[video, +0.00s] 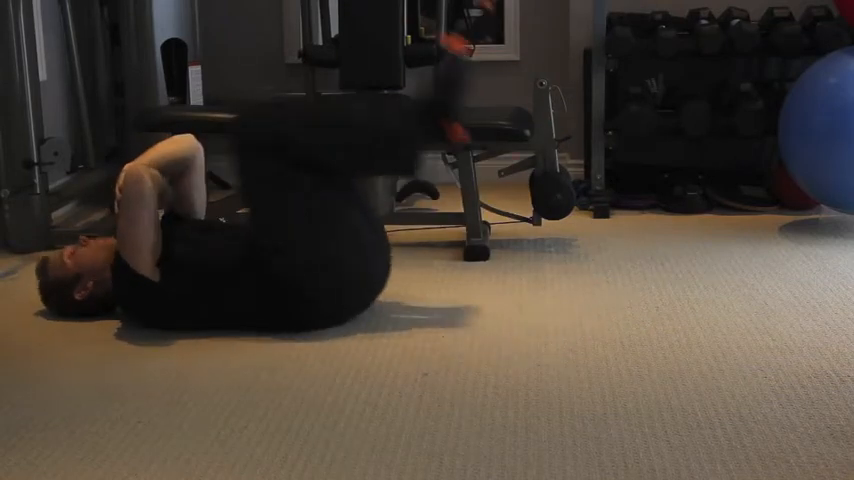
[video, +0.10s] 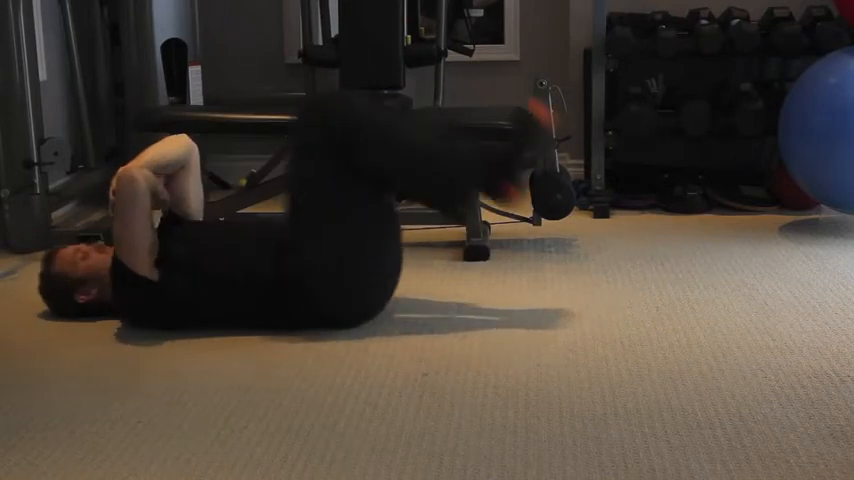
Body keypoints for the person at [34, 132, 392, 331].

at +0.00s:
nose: (86, 238)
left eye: (74, 243)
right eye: (75, 250)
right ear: (87, 287)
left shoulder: (175, 255)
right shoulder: (141, 296)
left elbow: (188, 149)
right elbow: (135, 180)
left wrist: (133, 189)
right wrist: (145, 207)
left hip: (348, 263)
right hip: (317, 283)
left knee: (264, 126)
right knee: (257, 132)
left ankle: (418, 119)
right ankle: (421, 127)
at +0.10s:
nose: (87, 247)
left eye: (79, 248)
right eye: (76, 259)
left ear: (97, 250)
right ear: (86, 291)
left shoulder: (175, 251)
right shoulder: (139, 294)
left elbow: (185, 149)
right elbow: (128, 180)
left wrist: (136, 191)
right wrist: (149, 191)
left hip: (345, 270)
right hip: (328, 288)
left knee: (344, 122)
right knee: (326, 122)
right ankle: (494, 176)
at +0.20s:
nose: (100, 250)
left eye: (92, 249)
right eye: (89, 259)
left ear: (113, 259)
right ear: (99, 293)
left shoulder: (177, 248)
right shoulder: (149, 294)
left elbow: (181, 150)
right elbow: (129, 177)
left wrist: (149, 227)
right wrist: (152, 213)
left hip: (355, 263)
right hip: (349, 289)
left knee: (399, 122)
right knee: (396, 124)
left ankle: (492, 225)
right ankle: (534, 220)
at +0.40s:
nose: (126, 252)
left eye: (119, 252)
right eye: (116, 263)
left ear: (137, 261)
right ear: (129, 293)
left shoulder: (200, 250)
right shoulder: (178, 291)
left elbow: (191, 152)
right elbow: (155, 171)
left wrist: (161, 215)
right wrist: (165, 228)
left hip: (376, 258)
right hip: (371, 287)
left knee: (474, 140)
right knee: (474, 155)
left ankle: (556, 274)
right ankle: (580, 281)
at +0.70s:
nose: (115, 250)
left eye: (107, 249)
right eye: (105, 261)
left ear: (129, 259)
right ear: (118, 294)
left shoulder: (196, 251)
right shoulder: (173, 291)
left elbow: (195, 151)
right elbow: (148, 175)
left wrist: (169, 228)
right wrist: (162, 225)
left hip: (368, 259)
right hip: (363, 287)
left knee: (433, 130)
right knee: (431, 134)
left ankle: (542, 236)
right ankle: (561, 238)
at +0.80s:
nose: (107, 246)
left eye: (97, 248)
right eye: (98, 259)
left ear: (122, 258)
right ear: (115, 288)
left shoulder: (198, 242)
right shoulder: (167, 294)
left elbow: (194, 152)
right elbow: (145, 178)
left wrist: (143, 220)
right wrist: (159, 214)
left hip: (369, 264)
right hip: (356, 287)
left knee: (382, 116)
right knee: (374, 125)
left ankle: (527, 177)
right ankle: (528, 183)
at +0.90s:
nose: (99, 238)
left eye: (92, 241)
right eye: (91, 252)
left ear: (115, 241)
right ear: (113, 285)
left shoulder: (201, 244)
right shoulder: (165, 292)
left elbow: (200, 148)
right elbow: (147, 181)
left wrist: (146, 189)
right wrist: (148, 231)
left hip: (358, 265)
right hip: (338, 286)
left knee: (326, 117)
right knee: (313, 121)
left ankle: (486, 121)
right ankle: (487, 133)